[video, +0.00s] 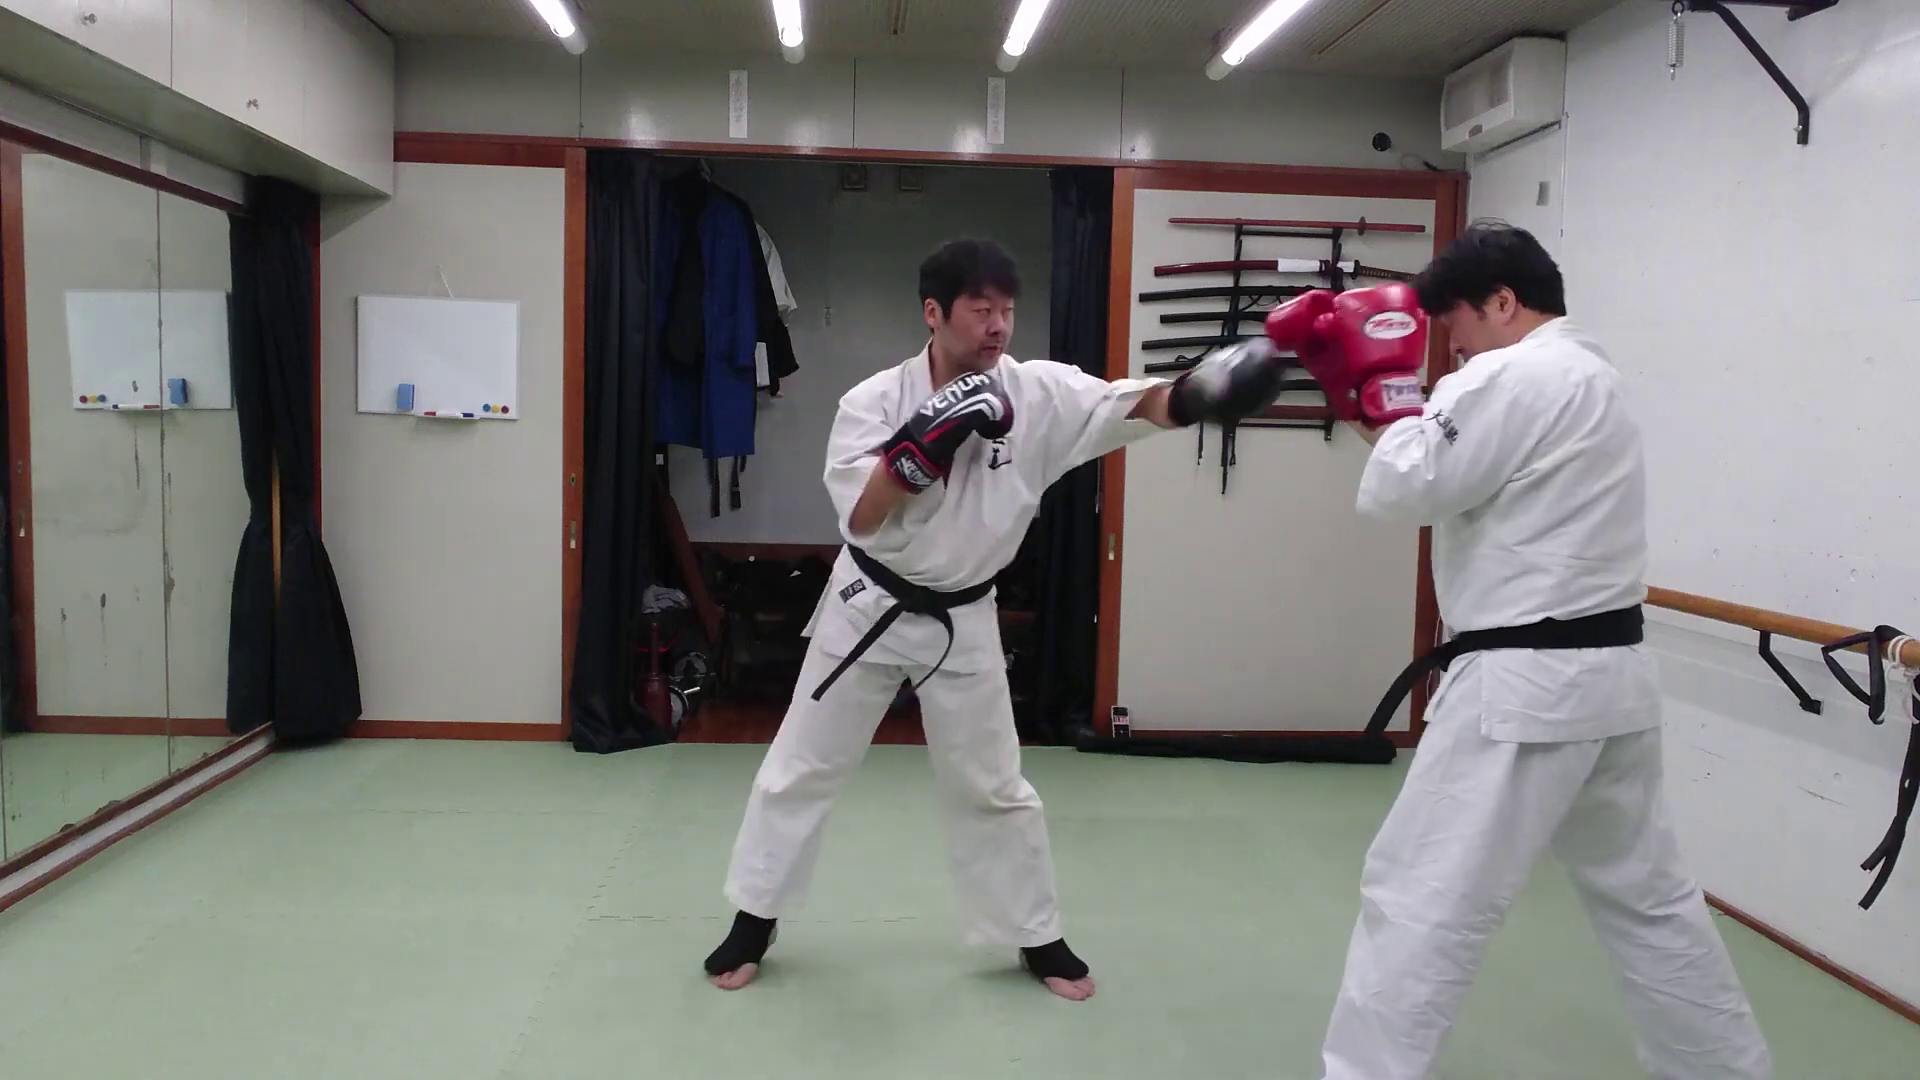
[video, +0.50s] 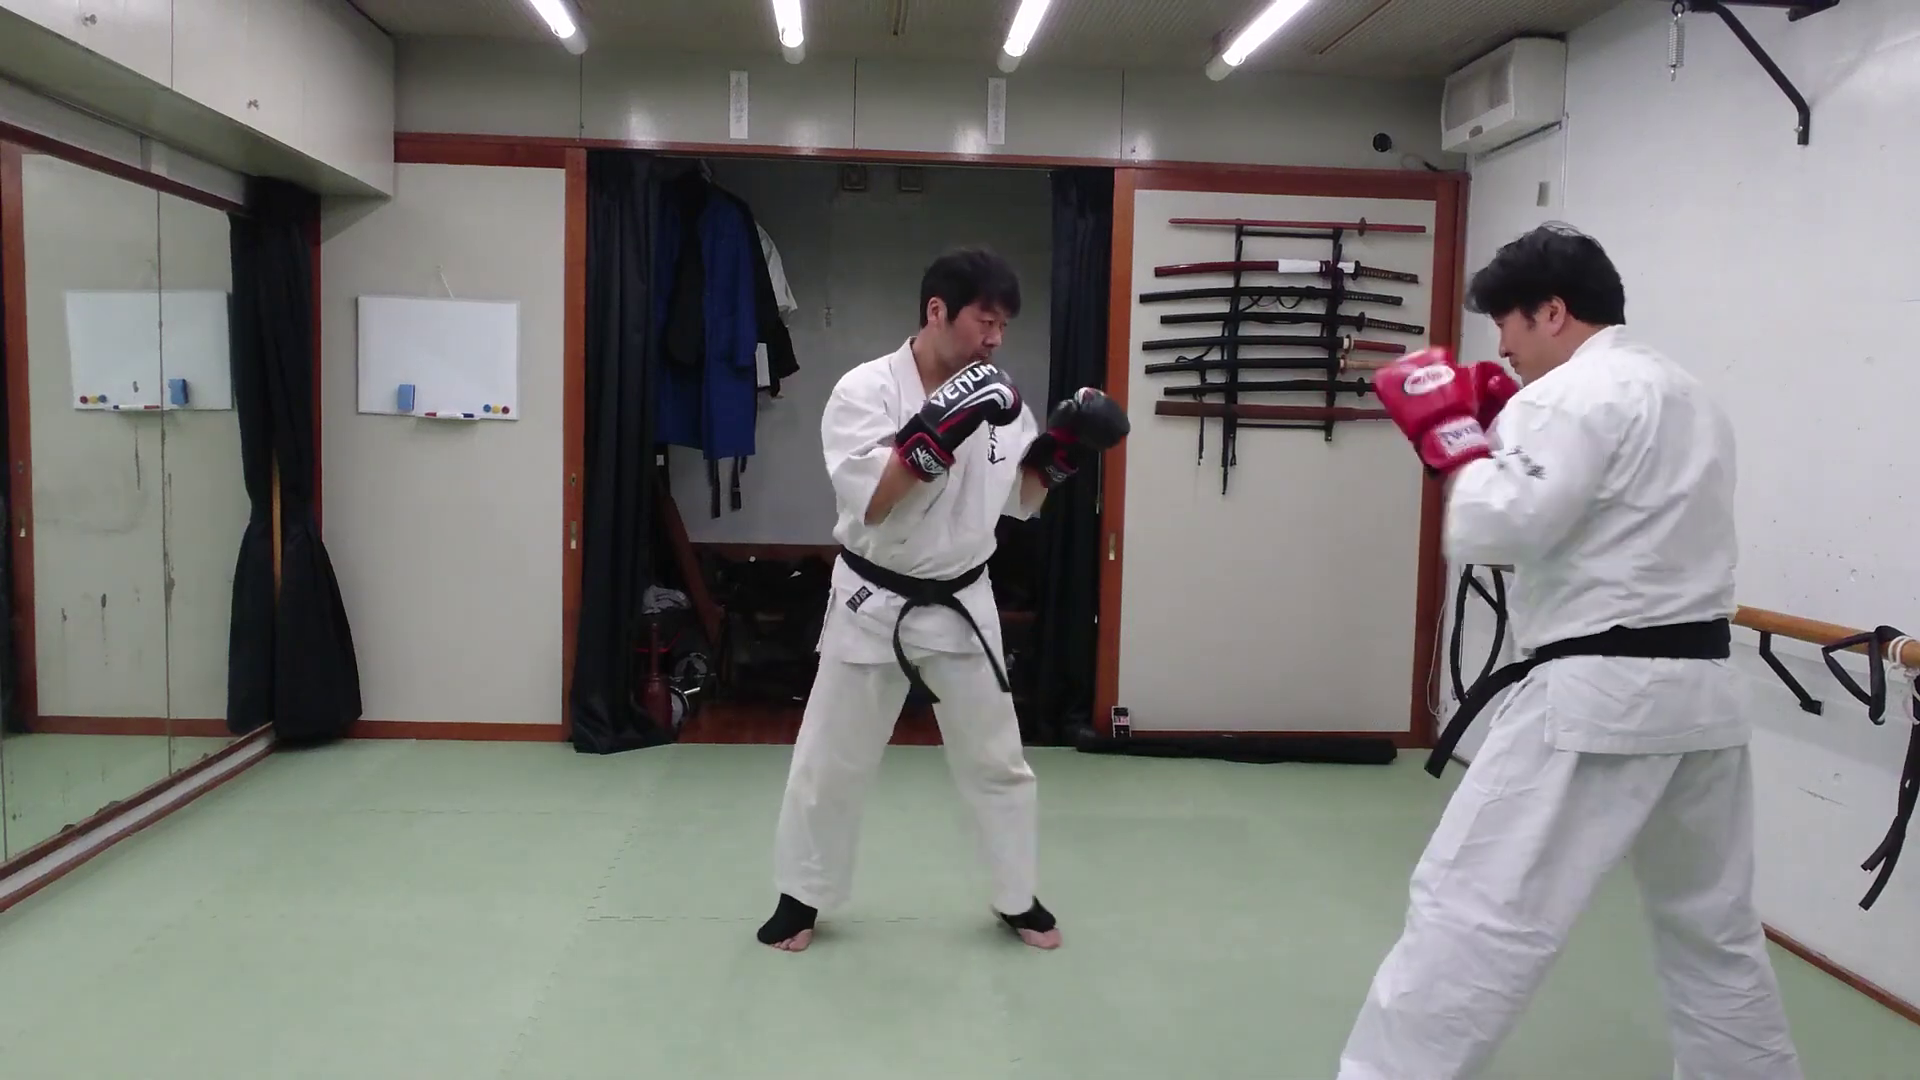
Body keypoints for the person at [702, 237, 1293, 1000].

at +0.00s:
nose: (998, 326)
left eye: (1006, 311)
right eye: (981, 309)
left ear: (1012, 315)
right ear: (934, 312)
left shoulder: (1040, 390)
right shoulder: (875, 403)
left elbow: (1137, 404)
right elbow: (861, 518)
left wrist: (1215, 386)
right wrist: (925, 441)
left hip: (968, 617)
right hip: (868, 604)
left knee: (996, 788)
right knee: (801, 767)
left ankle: (1040, 938)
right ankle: (754, 919)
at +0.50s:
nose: (996, 340)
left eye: (1003, 326)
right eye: (985, 321)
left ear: (1002, 327)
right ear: (936, 311)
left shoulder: (1001, 401)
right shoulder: (862, 391)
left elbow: (1019, 501)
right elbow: (873, 500)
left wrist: (1058, 456)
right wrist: (939, 428)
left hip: (963, 604)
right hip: (867, 599)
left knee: (998, 762)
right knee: (825, 762)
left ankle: (1017, 897)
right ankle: (801, 897)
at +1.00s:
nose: (967, 354)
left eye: (976, 340)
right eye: (952, 339)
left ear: (985, 342)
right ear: (906, 337)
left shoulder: (1006, 407)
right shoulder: (857, 425)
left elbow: (1058, 485)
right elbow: (880, 537)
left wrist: (1082, 519)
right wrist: (938, 462)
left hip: (994, 612)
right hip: (892, 615)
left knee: (1048, 766)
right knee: (834, 771)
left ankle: (1094, 931)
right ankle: (802, 903)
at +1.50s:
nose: (1050, 366)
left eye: (1058, 353)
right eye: (1037, 349)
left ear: (1063, 361)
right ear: (988, 349)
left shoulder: (1074, 440)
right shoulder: (930, 437)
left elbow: (1119, 557)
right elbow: (955, 542)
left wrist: (1147, 521)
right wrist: (1023, 452)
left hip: (1054, 640)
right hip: (950, 640)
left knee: (1108, 789)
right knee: (892, 800)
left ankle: (1126, 966)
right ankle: (861, 911)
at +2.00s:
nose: (1189, 337)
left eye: (1200, 321)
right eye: (1170, 321)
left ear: (1212, 328)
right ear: (1132, 328)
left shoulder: (1240, 409)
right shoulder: (1082, 415)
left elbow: (1338, 493)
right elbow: (1036, 526)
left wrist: (1329, 437)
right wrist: (1084, 468)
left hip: (1182, 630)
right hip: (1088, 620)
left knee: (1202, 804)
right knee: (1045, 756)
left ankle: (1249, 980)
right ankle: (1035, 862)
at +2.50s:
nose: (1263, 369)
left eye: (1277, 356)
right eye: (1251, 352)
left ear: (1290, 352)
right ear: (1218, 340)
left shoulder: (1293, 412)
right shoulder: (1162, 403)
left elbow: (1351, 470)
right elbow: (1114, 498)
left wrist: (1362, 413)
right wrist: (1166, 418)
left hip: (1241, 607)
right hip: (1152, 599)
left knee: (1241, 762)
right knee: (1136, 743)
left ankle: (1232, 899)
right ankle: (1133, 852)